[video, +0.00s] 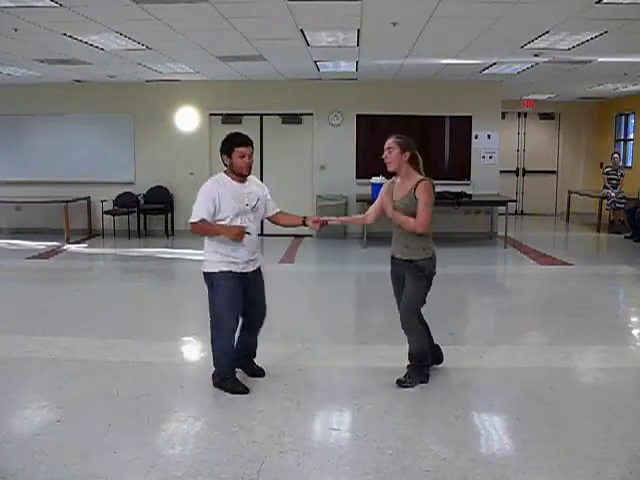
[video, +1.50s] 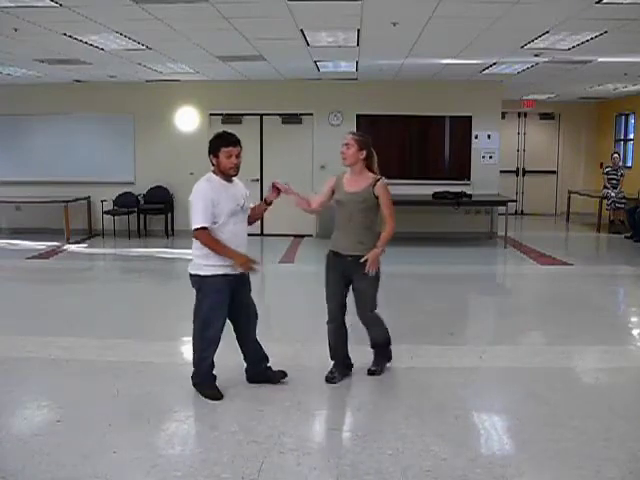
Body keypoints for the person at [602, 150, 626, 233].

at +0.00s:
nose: (615, 160)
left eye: (617, 158)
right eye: (614, 158)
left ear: (619, 160)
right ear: (611, 159)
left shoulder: (621, 171)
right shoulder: (607, 169)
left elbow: (621, 183)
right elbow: (605, 182)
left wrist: (617, 190)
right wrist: (611, 189)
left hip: (617, 188)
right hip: (608, 187)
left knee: (622, 196)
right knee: (611, 196)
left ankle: (621, 217)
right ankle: (611, 217)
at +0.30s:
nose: (615, 160)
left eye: (616, 158)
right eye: (613, 158)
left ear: (619, 160)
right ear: (611, 160)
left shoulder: (621, 170)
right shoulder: (607, 169)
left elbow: (621, 182)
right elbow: (605, 182)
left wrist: (617, 190)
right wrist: (611, 189)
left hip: (617, 188)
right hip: (608, 187)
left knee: (622, 196)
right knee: (611, 196)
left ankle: (621, 217)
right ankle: (611, 217)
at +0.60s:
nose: (615, 160)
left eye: (616, 158)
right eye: (613, 158)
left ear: (619, 160)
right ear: (611, 160)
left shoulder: (621, 170)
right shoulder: (607, 169)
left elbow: (621, 183)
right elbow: (605, 182)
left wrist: (617, 190)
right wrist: (611, 189)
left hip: (617, 188)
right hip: (608, 188)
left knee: (622, 196)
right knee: (611, 196)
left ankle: (621, 217)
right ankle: (611, 217)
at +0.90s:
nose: (615, 160)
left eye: (617, 158)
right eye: (614, 158)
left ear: (619, 160)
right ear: (611, 159)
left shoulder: (621, 170)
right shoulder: (607, 169)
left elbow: (621, 183)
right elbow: (605, 182)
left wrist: (617, 190)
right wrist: (611, 190)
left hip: (617, 188)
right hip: (608, 188)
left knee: (622, 196)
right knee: (611, 196)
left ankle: (621, 217)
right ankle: (611, 217)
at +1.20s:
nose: (615, 160)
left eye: (616, 158)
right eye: (613, 158)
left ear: (619, 160)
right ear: (611, 160)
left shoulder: (621, 170)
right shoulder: (607, 169)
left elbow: (621, 183)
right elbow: (605, 182)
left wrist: (617, 190)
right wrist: (611, 189)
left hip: (617, 188)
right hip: (608, 188)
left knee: (622, 196)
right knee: (611, 196)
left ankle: (621, 217)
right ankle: (611, 217)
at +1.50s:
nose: (615, 160)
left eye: (616, 158)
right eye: (613, 158)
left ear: (619, 160)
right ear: (611, 160)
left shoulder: (621, 170)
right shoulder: (607, 169)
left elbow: (621, 183)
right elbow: (605, 182)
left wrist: (617, 190)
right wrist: (611, 189)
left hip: (617, 188)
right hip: (608, 188)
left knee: (622, 196)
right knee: (611, 196)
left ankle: (621, 217)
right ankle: (611, 217)